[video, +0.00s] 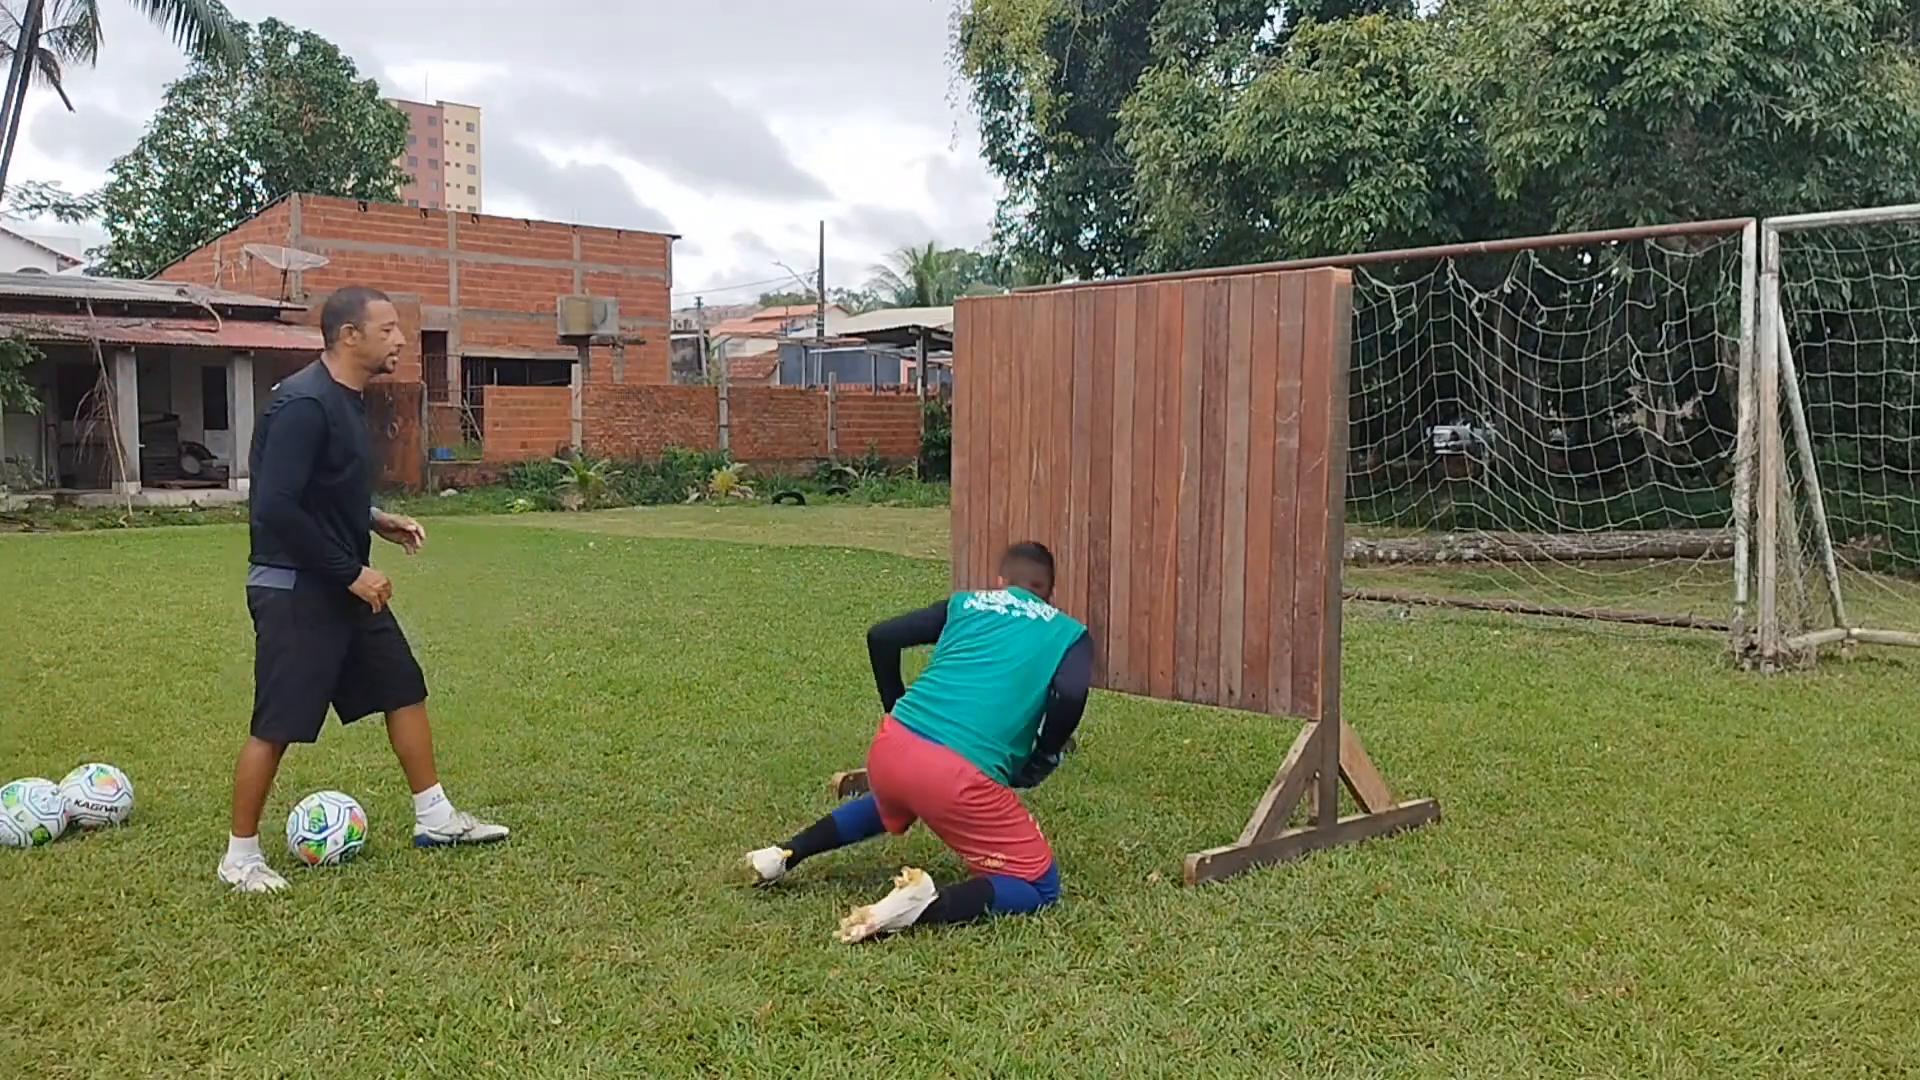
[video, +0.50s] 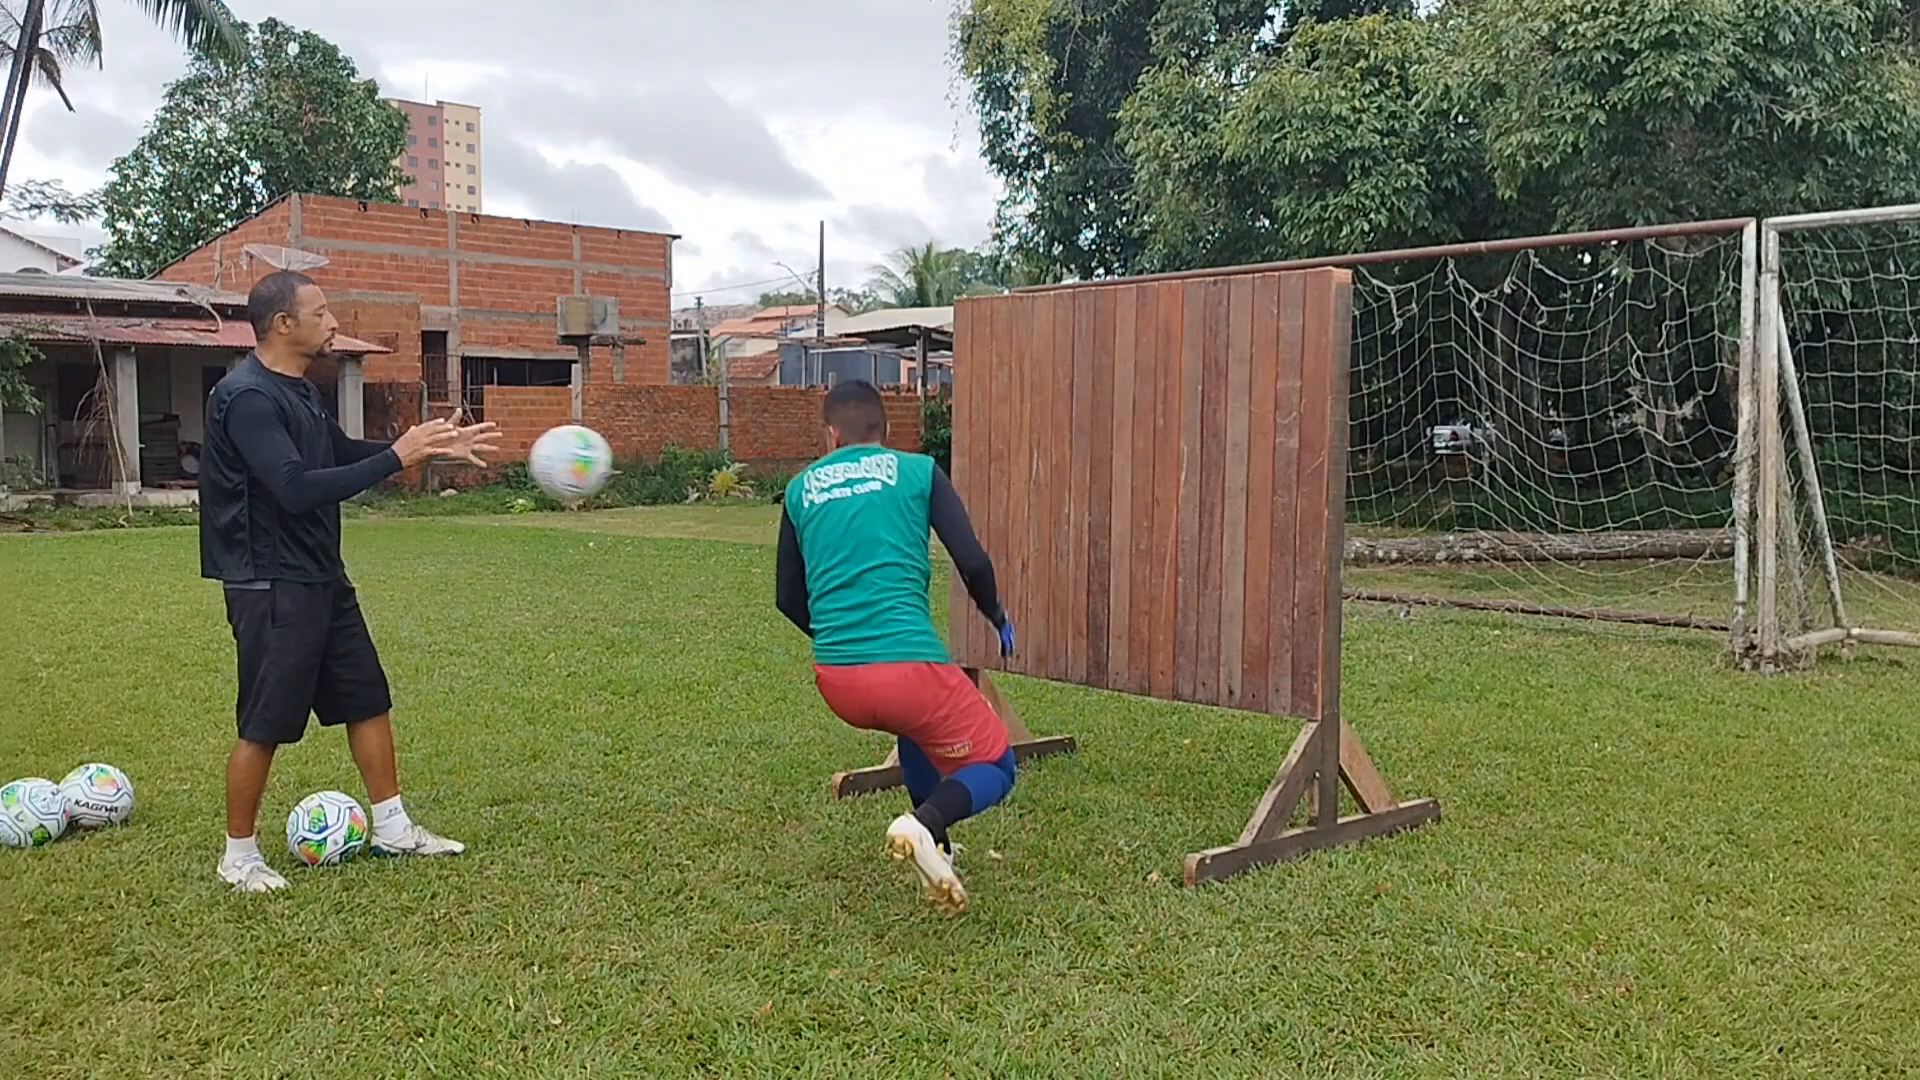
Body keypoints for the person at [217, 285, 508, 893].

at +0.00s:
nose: (398, 340)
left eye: (397, 329)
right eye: (388, 330)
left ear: (358, 338)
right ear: (349, 337)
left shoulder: (347, 401)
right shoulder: (301, 405)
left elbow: (326, 492)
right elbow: (274, 509)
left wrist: (377, 520)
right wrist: (352, 572)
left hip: (341, 582)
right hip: (293, 587)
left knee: (404, 689)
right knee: (276, 722)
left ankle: (435, 817)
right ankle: (240, 857)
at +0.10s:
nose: (379, 333)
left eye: (376, 321)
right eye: (367, 322)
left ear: (337, 331)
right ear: (328, 331)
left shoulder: (329, 397)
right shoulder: (280, 402)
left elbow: (326, 484)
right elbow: (258, 506)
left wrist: (378, 505)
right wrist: (349, 559)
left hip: (335, 584)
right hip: (281, 588)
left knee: (396, 686)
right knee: (269, 720)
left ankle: (402, 823)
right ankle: (239, 857)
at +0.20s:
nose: (361, 329)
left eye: (357, 317)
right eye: (348, 318)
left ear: (318, 329)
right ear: (309, 329)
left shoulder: (318, 397)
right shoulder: (265, 403)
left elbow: (323, 486)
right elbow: (259, 505)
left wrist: (383, 490)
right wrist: (358, 535)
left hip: (332, 584)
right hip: (277, 589)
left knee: (384, 697)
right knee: (265, 723)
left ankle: (391, 828)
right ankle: (239, 856)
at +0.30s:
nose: (348, 326)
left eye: (346, 314)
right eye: (336, 315)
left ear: (303, 328)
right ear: (295, 327)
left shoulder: (310, 396)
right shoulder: (255, 401)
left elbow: (328, 478)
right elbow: (268, 504)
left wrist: (402, 470)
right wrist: (374, 504)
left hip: (329, 584)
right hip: (274, 588)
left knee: (378, 697)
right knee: (265, 723)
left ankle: (392, 829)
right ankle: (239, 857)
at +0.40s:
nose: (339, 322)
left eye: (334, 310)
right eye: (326, 313)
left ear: (294, 325)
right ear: (288, 325)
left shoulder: (301, 394)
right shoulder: (251, 399)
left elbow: (335, 462)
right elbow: (283, 496)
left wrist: (421, 447)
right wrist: (385, 474)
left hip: (324, 581)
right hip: (272, 586)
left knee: (372, 698)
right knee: (264, 723)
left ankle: (392, 828)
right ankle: (239, 858)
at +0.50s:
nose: (333, 322)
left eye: (329, 311)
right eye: (321, 313)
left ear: (291, 324)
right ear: (284, 324)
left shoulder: (301, 393)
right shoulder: (249, 396)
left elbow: (345, 458)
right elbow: (295, 489)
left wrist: (423, 446)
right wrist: (396, 455)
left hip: (321, 580)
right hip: (270, 586)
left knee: (366, 699)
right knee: (263, 723)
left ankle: (392, 828)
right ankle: (240, 857)